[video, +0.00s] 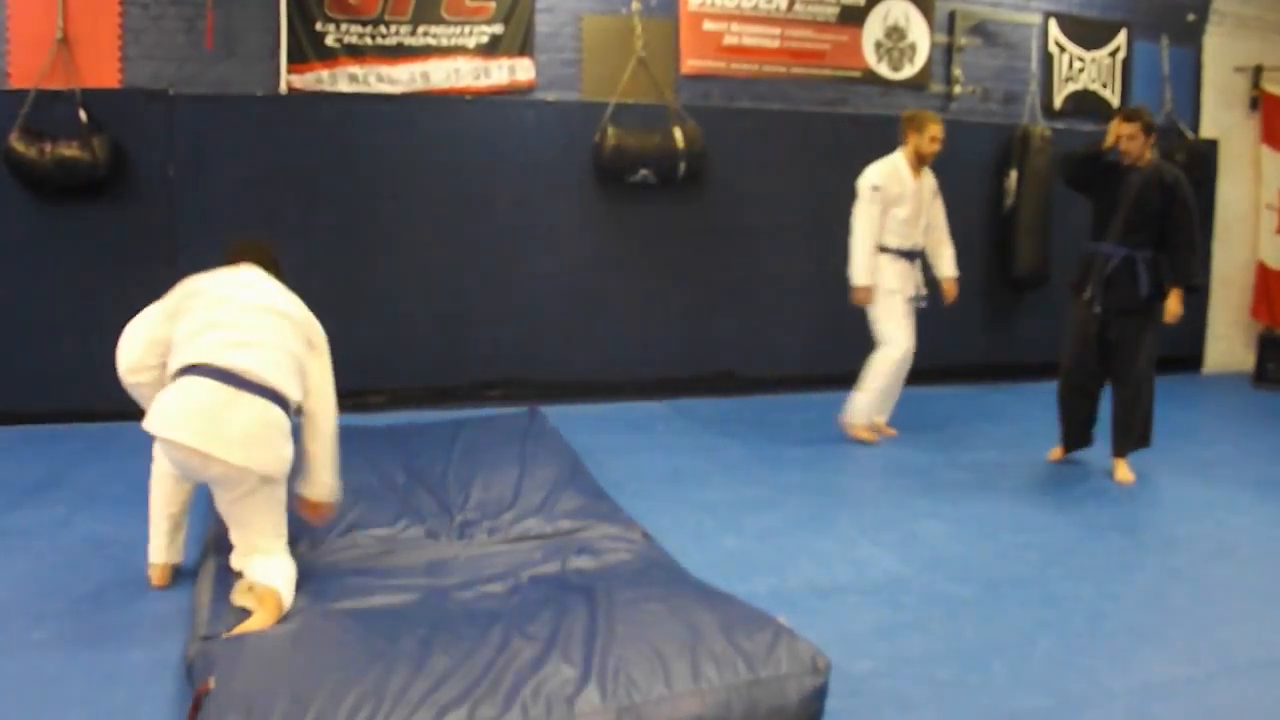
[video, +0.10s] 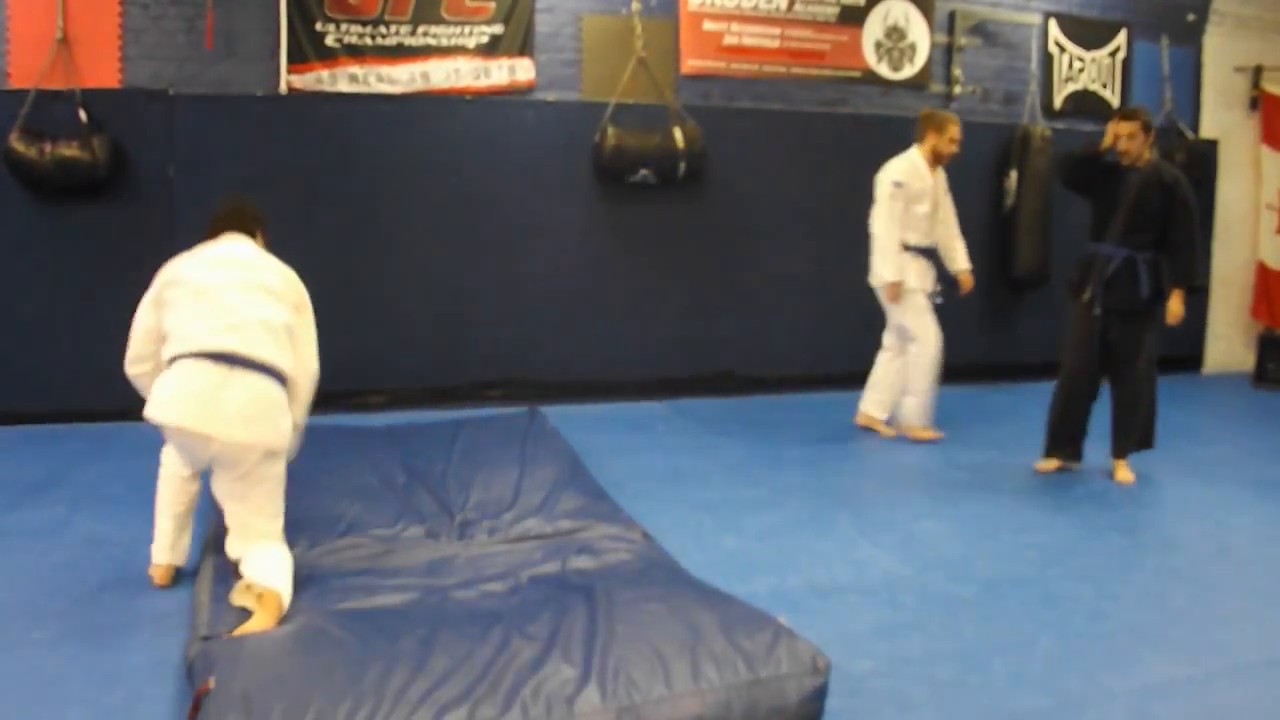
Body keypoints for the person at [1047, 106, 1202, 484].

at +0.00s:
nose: (1123, 146)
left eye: (1130, 139)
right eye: (1119, 139)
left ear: (1148, 140)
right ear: (1114, 141)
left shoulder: (1169, 181)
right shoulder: (1107, 172)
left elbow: (1181, 240)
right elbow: (1072, 174)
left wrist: (1176, 290)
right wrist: (1102, 147)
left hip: (1140, 284)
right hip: (1097, 279)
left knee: (1133, 371)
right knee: (1078, 363)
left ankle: (1121, 453)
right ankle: (1072, 439)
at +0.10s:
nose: (1121, 145)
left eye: (1129, 138)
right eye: (1117, 138)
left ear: (1147, 138)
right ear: (1112, 141)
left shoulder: (1169, 180)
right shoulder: (1106, 173)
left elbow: (1181, 240)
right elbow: (1068, 172)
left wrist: (1177, 291)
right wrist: (1100, 148)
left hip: (1142, 285)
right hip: (1097, 280)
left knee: (1132, 371)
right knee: (1077, 367)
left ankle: (1122, 455)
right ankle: (1063, 451)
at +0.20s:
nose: (1119, 144)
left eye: (1127, 136)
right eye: (1114, 137)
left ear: (1144, 138)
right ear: (1108, 142)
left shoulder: (1165, 181)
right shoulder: (1102, 174)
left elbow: (1180, 241)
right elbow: (1064, 181)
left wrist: (1175, 293)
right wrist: (1094, 151)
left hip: (1140, 285)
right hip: (1095, 281)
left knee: (1131, 372)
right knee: (1079, 370)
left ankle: (1122, 457)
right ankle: (1059, 457)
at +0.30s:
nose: (1111, 143)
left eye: (1119, 135)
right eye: (1106, 136)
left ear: (1137, 138)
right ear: (1100, 141)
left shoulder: (1161, 183)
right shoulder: (1095, 177)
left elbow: (1176, 244)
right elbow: (1056, 189)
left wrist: (1170, 296)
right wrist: (1082, 157)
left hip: (1137, 289)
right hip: (1092, 285)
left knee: (1130, 375)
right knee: (1078, 373)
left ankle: (1123, 458)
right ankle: (1060, 464)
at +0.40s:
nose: (1102, 141)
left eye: (1110, 133)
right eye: (1097, 134)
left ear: (1128, 137)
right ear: (1091, 139)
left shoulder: (1154, 183)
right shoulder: (1085, 179)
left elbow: (1170, 244)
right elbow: (1043, 204)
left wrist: (1164, 298)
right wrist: (1061, 168)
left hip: (1132, 292)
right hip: (1085, 288)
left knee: (1128, 376)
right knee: (1074, 379)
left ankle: (1123, 458)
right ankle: (1063, 471)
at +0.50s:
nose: (1092, 133)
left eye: (1100, 126)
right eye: (1087, 126)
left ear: (1120, 130)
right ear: (1083, 132)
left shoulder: (1147, 179)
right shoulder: (1073, 179)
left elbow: (1165, 240)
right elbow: (1040, 224)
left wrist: (1161, 291)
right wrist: (1036, 187)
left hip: (1128, 293)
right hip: (1079, 291)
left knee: (1128, 378)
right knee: (1070, 381)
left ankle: (1125, 455)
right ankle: (1064, 470)